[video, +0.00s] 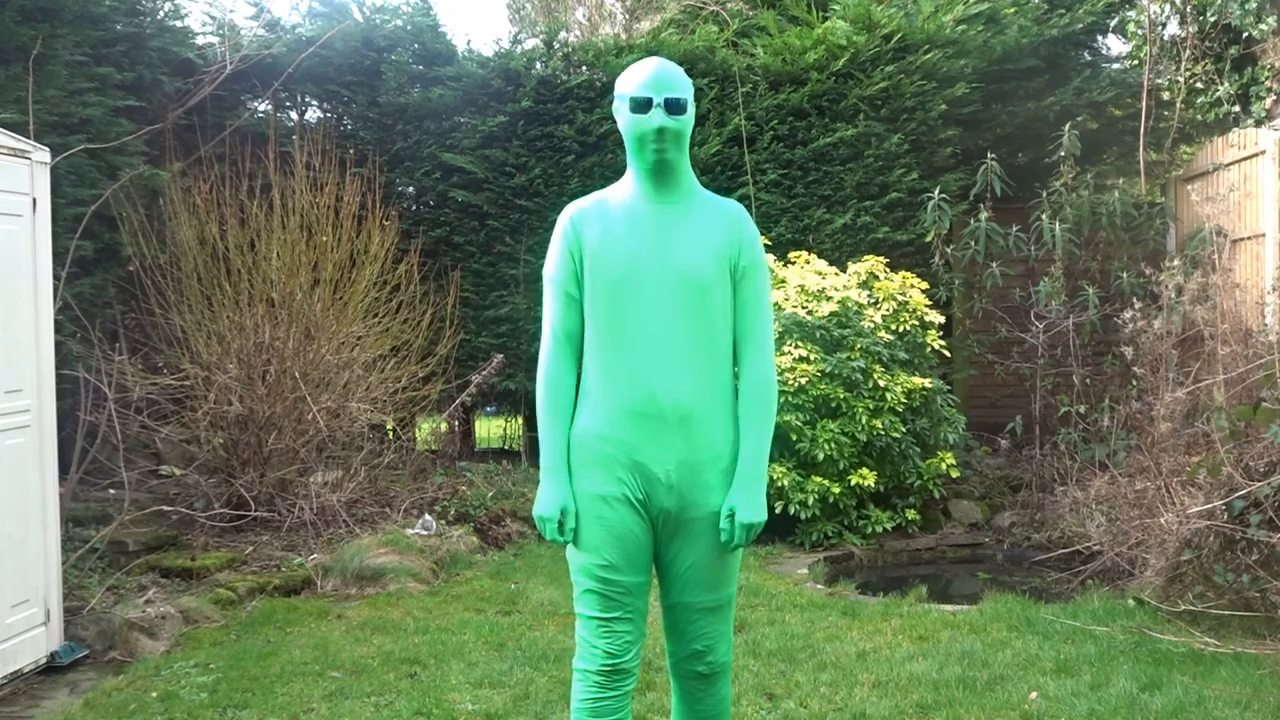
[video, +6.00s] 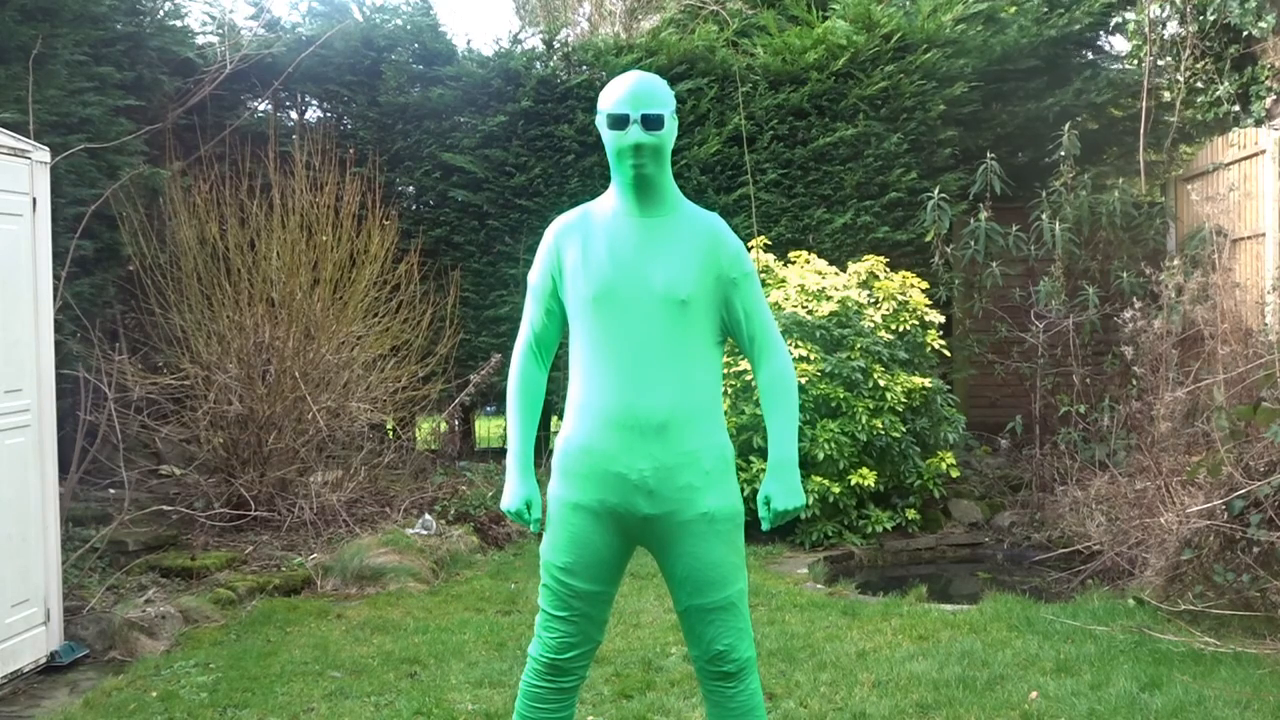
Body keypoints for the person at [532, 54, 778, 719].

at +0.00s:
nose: (658, 118)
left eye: (673, 105)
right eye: (641, 105)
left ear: (693, 118)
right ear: (618, 120)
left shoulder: (732, 224)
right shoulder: (581, 222)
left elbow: (757, 356)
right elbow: (558, 353)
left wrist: (752, 475)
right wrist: (553, 473)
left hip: (709, 472)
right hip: (603, 470)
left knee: (705, 667)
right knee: (605, 666)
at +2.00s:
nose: (639, 136)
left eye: (654, 122)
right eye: (622, 123)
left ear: (674, 132)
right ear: (600, 136)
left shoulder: (713, 240)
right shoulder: (565, 238)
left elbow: (767, 353)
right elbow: (530, 355)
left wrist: (799, 458)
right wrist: (504, 472)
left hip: (704, 485)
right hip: (591, 485)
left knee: (733, 668)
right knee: (554, 670)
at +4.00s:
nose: (636, 135)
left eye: (651, 120)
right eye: (621, 122)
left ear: (674, 129)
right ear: (602, 134)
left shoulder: (714, 238)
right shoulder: (567, 236)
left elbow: (770, 352)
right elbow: (532, 353)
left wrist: (786, 465)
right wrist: (519, 469)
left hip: (699, 486)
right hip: (588, 486)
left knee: (729, 668)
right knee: (554, 667)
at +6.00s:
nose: (637, 135)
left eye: (652, 121)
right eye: (621, 122)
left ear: (673, 130)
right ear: (601, 133)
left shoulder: (713, 238)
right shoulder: (567, 236)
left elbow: (769, 352)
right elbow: (531, 354)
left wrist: (784, 464)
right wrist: (518, 468)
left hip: (698, 485)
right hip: (587, 483)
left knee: (729, 668)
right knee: (554, 666)